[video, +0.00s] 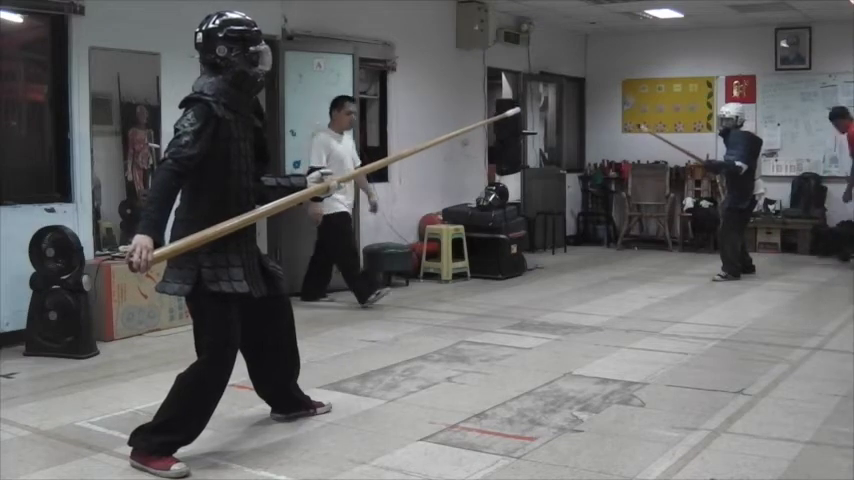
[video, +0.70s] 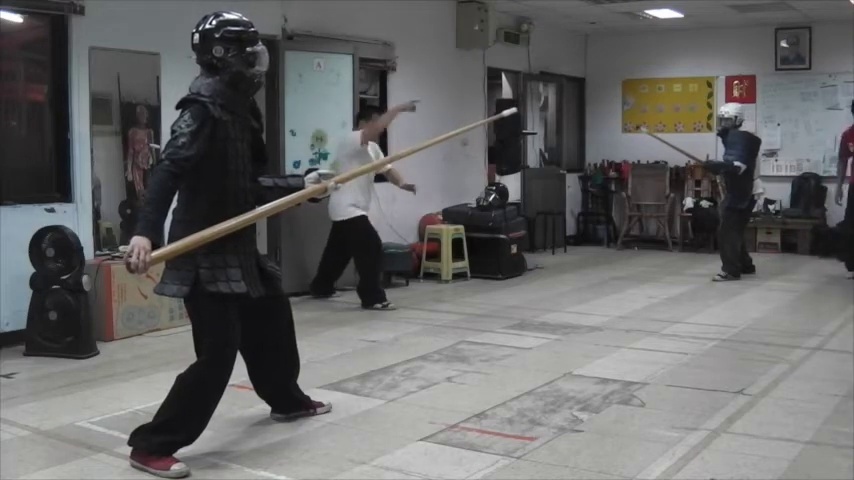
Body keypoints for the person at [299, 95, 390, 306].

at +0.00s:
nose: (353, 118)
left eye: (354, 114)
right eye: (349, 114)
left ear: (348, 116)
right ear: (336, 113)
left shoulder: (348, 139)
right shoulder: (321, 139)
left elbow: (357, 169)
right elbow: (314, 174)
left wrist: (370, 192)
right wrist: (315, 202)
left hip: (345, 205)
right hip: (330, 206)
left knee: (325, 251)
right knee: (345, 250)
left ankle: (312, 291)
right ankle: (364, 293)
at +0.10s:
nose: (362, 121)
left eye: (364, 117)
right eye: (358, 116)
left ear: (362, 119)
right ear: (344, 117)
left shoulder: (356, 141)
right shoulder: (331, 142)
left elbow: (367, 169)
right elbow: (327, 178)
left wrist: (384, 190)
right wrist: (323, 210)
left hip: (352, 207)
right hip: (338, 207)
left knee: (330, 252)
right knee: (355, 252)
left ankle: (312, 291)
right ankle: (369, 298)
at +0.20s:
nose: (373, 123)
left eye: (374, 119)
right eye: (369, 118)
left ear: (361, 120)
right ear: (355, 118)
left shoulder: (365, 142)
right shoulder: (343, 143)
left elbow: (383, 166)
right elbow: (339, 182)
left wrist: (406, 181)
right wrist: (339, 216)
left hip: (354, 207)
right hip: (344, 209)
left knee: (336, 254)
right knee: (362, 250)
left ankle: (315, 288)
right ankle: (371, 298)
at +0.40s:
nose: (382, 128)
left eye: (383, 123)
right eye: (379, 123)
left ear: (372, 124)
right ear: (365, 122)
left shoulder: (373, 143)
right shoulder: (355, 145)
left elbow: (397, 154)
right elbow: (365, 183)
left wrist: (404, 133)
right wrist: (381, 215)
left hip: (352, 205)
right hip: (346, 206)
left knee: (340, 252)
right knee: (369, 248)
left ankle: (323, 288)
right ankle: (372, 298)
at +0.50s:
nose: (383, 129)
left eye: (383, 125)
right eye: (379, 124)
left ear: (372, 124)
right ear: (364, 123)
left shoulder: (375, 144)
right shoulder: (352, 145)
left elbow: (396, 161)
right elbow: (378, 171)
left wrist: (404, 152)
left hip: (359, 206)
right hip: (345, 206)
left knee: (340, 250)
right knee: (370, 245)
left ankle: (323, 287)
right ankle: (371, 298)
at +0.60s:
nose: (381, 130)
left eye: (382, 126)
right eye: (377, 125)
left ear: (368, 127)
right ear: (362, 124)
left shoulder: (371, 150)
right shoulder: (351, 145)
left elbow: (389, 165)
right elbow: (381, 148)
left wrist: (405, 178)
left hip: (356, 208)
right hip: (345, 208)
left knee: (338, 251)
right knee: (371, 246)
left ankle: (322, 288)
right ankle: (372, 299)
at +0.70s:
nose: (380, 128)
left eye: (381, 124)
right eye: (376, 124)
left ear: (376, 124)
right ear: (363, 123)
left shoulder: (373, 148)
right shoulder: (347, 142)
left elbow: (387, 169)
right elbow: (373, 130)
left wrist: (401, 183)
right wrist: (396, 110)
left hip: (357, 208)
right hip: (344, 209)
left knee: (337, 251)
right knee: (371, 246)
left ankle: (320, 287)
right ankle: (371, 298)